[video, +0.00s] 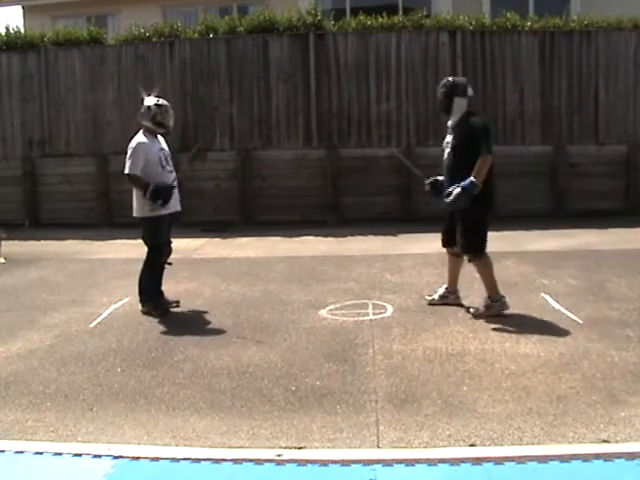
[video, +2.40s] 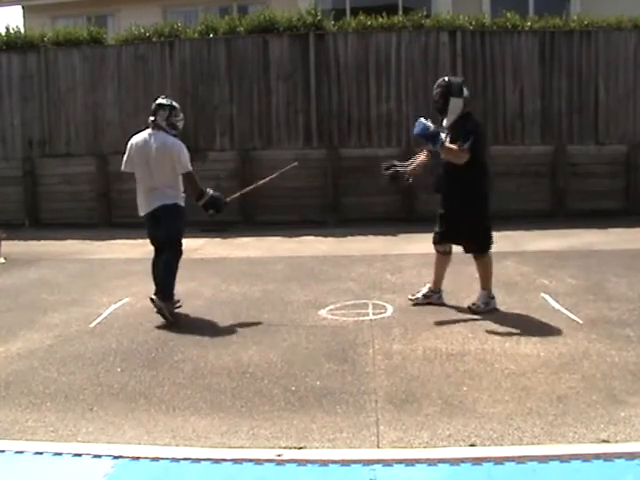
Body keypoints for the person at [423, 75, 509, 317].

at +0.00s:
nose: (441, 102)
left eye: (445, 97)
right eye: (441, 97)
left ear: (458, 99)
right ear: (456, 99)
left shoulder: (476, 126)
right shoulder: (453, 127)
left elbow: (486, 157)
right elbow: (457, 162)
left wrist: (470, 185)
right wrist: (444, 181)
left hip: (475, 196)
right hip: (456, 195)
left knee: (473, 248)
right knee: (452, 244)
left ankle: (495, 298)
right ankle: (451, 290)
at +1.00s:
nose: (447, 101)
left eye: (452, 96)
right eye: (447, 96)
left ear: (467, 98)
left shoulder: (481, 124)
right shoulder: (456, 123)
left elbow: (484, 161)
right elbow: (448, 151)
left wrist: (451, 165)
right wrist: (433, 157)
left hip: (478, 200)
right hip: (457, 197)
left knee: (479, 247)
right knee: (444, 241)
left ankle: (486, 295)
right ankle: (436, 287)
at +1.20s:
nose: (441, 103)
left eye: (447, 98)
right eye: (442, 98)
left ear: (459, 100)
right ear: (450, 100)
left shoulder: (470, 126)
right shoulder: (443, 122)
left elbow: (472, 164)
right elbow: (421, 129)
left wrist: (444, 169)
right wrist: (410, 136)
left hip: (465, 196)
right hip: (447, 194)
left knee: (470, 247)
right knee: (439, 243)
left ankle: (485, 295)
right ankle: (433, 289)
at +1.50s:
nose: (422, 100)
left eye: (426, 97)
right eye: (424, 97)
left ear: (437, 101)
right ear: (443, 101)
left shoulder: (443, 127)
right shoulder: (446, 120)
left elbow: (438, 164)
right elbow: (426, 98)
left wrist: (414, 165)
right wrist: (403, 102)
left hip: (441, 193)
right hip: (435, 191)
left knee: (439, 243)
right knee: (432, 242)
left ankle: (474, 286)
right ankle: (432, 289)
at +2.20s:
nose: (427, 101)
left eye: (431, 96)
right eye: (427, 96)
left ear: (443, 100)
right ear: (441, 100)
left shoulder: (455, 125)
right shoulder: (437, 123)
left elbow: (454, 164)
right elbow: (411, 122)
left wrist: (424, 159)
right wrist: (388, 110)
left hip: (451, 198)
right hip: (438, 196)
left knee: (459, 247)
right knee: (432, 243)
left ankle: (483, 293)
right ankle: (431, 290)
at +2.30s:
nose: (433, 103)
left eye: (438, 98)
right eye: (433, 98)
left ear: (451, 100)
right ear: (444, 100)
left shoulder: (465, 125)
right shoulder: (442, 125)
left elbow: (459, 160)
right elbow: (419, 148)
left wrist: (432, 148)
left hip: (465, 199)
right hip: (447, 198)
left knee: (474, 247)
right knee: (439, 243)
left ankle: (486, 295)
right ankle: (433, 290)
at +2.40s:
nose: (437, 101)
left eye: (441, 97)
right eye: (436, 96)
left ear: (456, 99)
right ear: (440, 100)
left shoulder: (469, 125)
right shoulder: (446, 124)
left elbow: (461, 156)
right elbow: (431, 151)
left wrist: (435, 140)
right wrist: (411, 167)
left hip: (473, 198)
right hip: (452, 197)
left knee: (479, 246)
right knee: (442, 241)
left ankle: (486, 295)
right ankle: (435, 289)